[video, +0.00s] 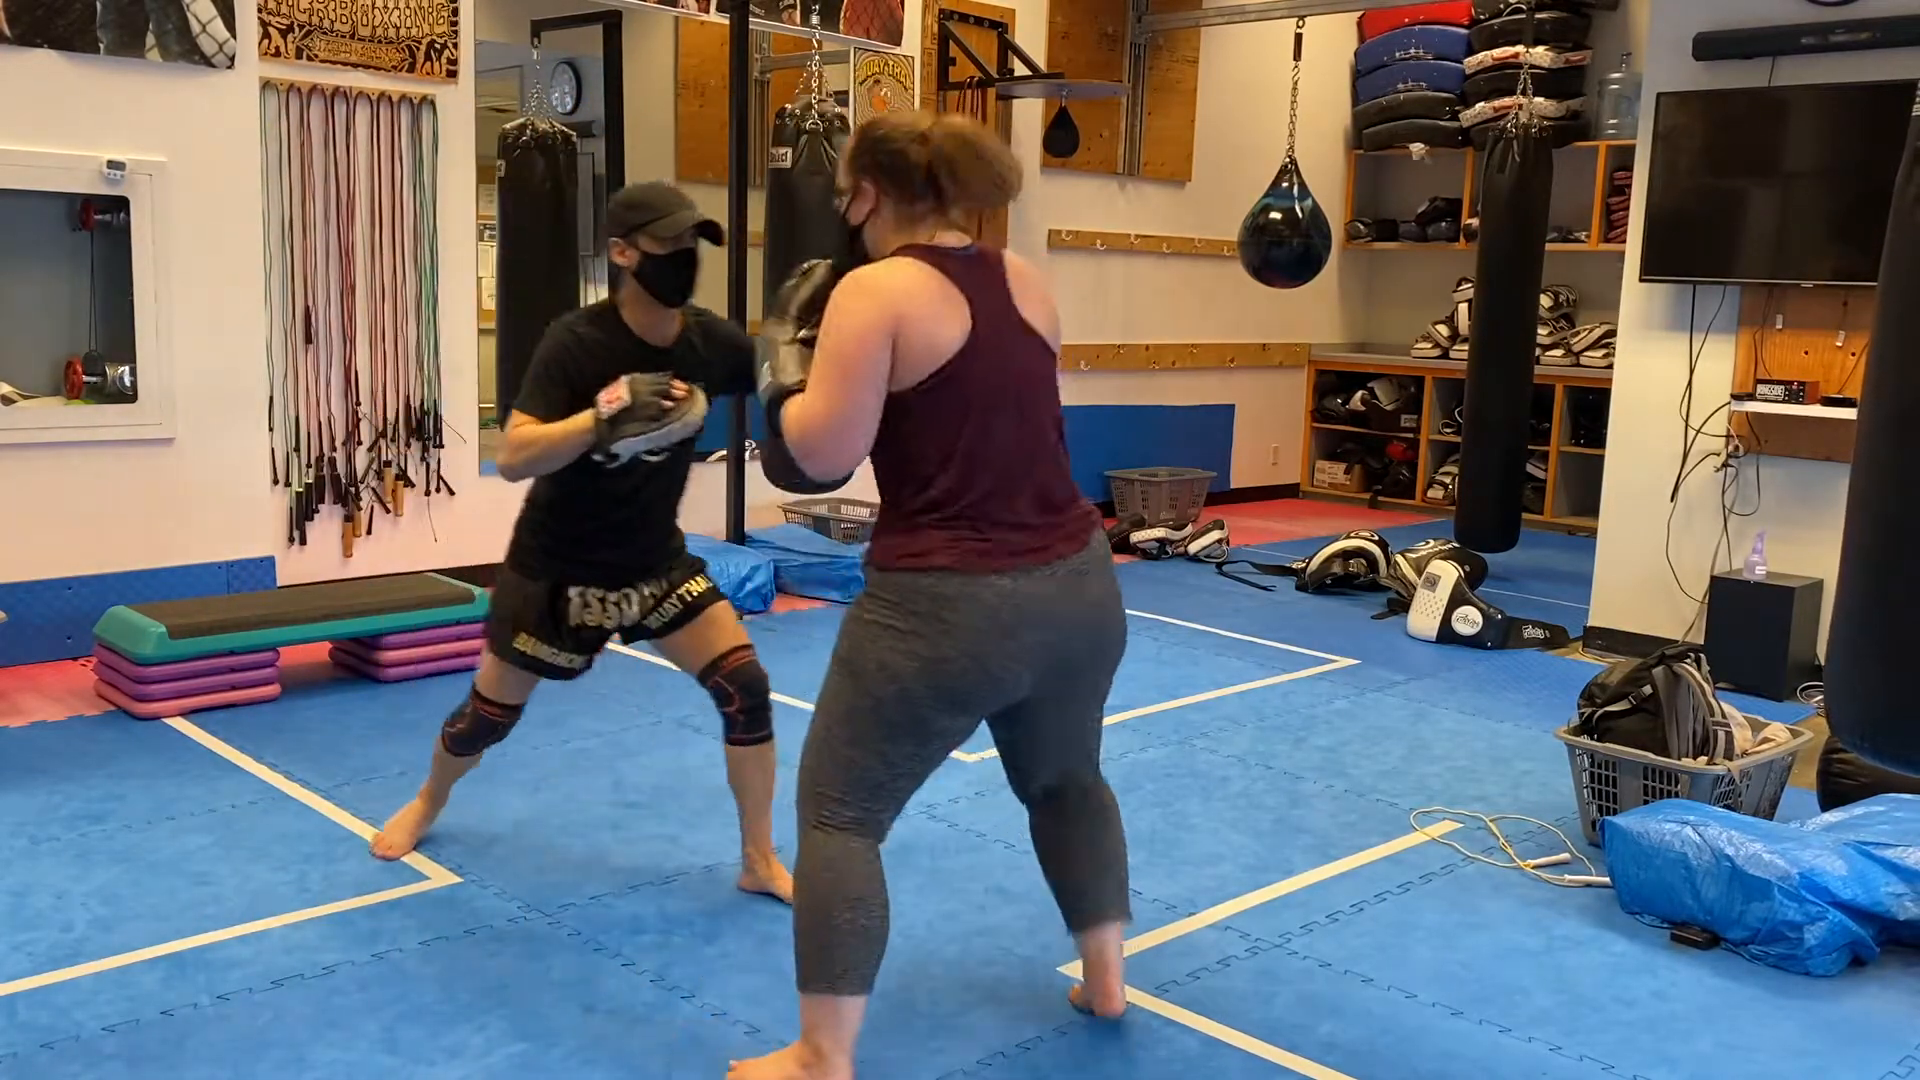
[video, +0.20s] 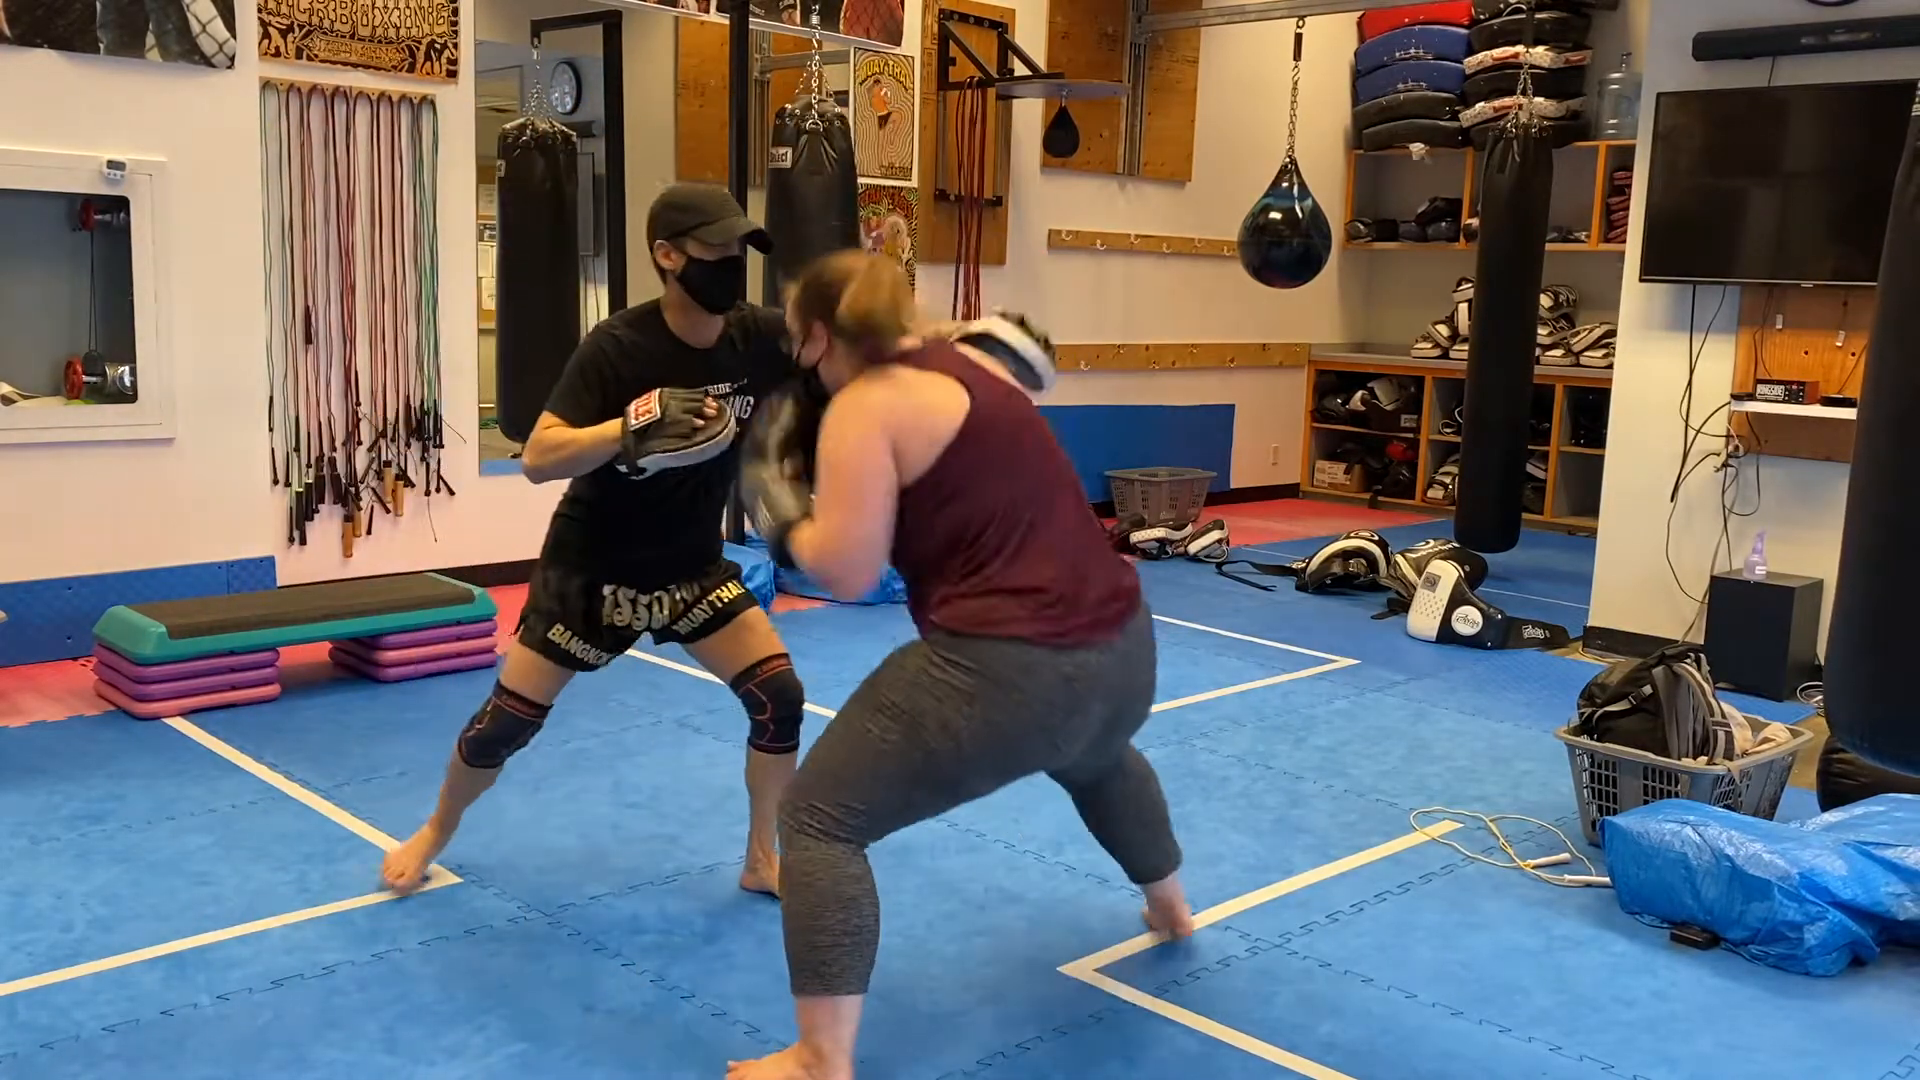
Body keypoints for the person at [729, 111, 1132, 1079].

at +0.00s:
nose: (848, 218)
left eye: (849, 202)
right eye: (845, 204)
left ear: (875, 194)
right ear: (956, 192)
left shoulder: (874, 291)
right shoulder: (1028, 278)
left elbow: (821, 454)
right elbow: (1008, 382)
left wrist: (784, 398)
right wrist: (865, 337)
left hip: (940, 610)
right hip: (1077, 594)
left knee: (840, 818)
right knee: (1067, 778)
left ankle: (825, 1055)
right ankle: (1107, 982)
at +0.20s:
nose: (802, 356)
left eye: (803, 339)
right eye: (800, 339)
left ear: (827, 338)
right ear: (888, 317)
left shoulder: (865, 410)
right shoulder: (973, 359)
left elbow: (847, 572)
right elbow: (1023, 349)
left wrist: (785, 507)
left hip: (1003, 672)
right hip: (1121, 651)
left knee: (819, 814)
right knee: (1093, 755)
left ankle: (823, 1055)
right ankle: (1171, 906)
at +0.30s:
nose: (829, 416)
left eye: (833, 401)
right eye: (824, 402)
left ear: (863, 392)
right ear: (909, 370)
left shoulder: (900, 451)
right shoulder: (984, 409)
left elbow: (918, 605)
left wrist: (837, 575)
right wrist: (859, 522)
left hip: (1035, 697)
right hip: (1148, 678)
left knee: (834, 820)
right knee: (1104, 764)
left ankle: (825, 1054)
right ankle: (1185, 914)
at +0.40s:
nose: (870, 417)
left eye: (874, 400)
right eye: (865, 401)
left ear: (911, 389)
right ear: (967, 370)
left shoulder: (932, 445)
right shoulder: (1047, 411)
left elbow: (947, 597)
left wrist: (875, 577)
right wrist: (907, 531)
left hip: (1041, 693)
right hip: (1165, 681)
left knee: (861, 824)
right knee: (1118, 755)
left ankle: (828, 1051)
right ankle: (1187, 915)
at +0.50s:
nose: (906, 349)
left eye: (910, 333)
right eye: (904, 334)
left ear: (944, 331)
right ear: (1000, 318)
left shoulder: (955, 396)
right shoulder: (1093, 361)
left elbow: (940, 545)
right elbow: (1152, 475)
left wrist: (885, 496)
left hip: (1046, 653)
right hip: (1171, 644)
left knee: (906, 824)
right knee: (1130, 746)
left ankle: (833, 1045)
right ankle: (1188, 912)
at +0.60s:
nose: (935, 283)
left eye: (940, 267)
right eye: (936, 267)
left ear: (976, 262)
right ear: (1032, 252)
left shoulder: (973, 334)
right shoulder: (1120, 314)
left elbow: (938, 476)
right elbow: (1178, 412)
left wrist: (894, 411)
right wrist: (1082, 406)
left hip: (1048, 611)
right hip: (1160, 600)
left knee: (945, 808)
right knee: (1123, 739)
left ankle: (871, 1031)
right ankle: (1187, 909)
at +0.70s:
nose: (945, 245)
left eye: (948, 226)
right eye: (941, 229)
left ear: (995, 217)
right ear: (1044, 211)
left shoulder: (1005, 297)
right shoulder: (1115, 281)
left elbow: (952, 433)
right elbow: (1153, 368)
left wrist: (896, 349)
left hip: (1052, 587)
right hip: (1143, 572)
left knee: (940, 783)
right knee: (1111, 736)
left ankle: (903, 1014)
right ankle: (1185, 901)